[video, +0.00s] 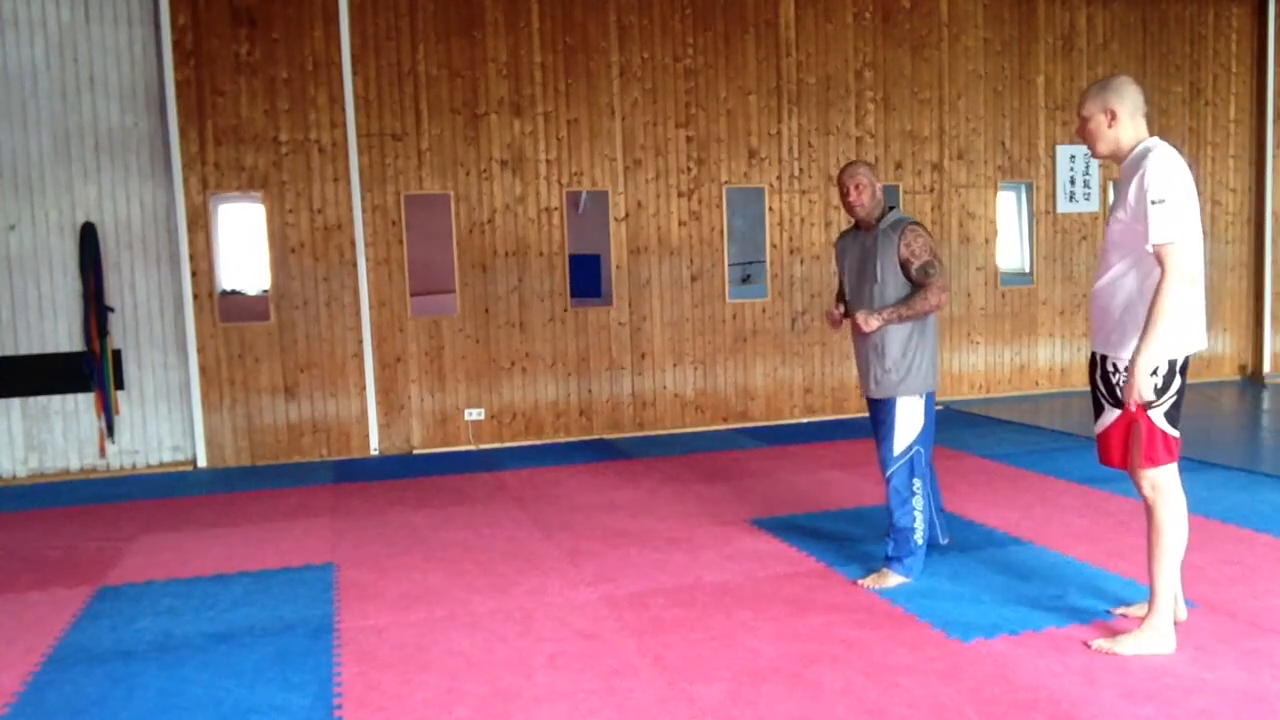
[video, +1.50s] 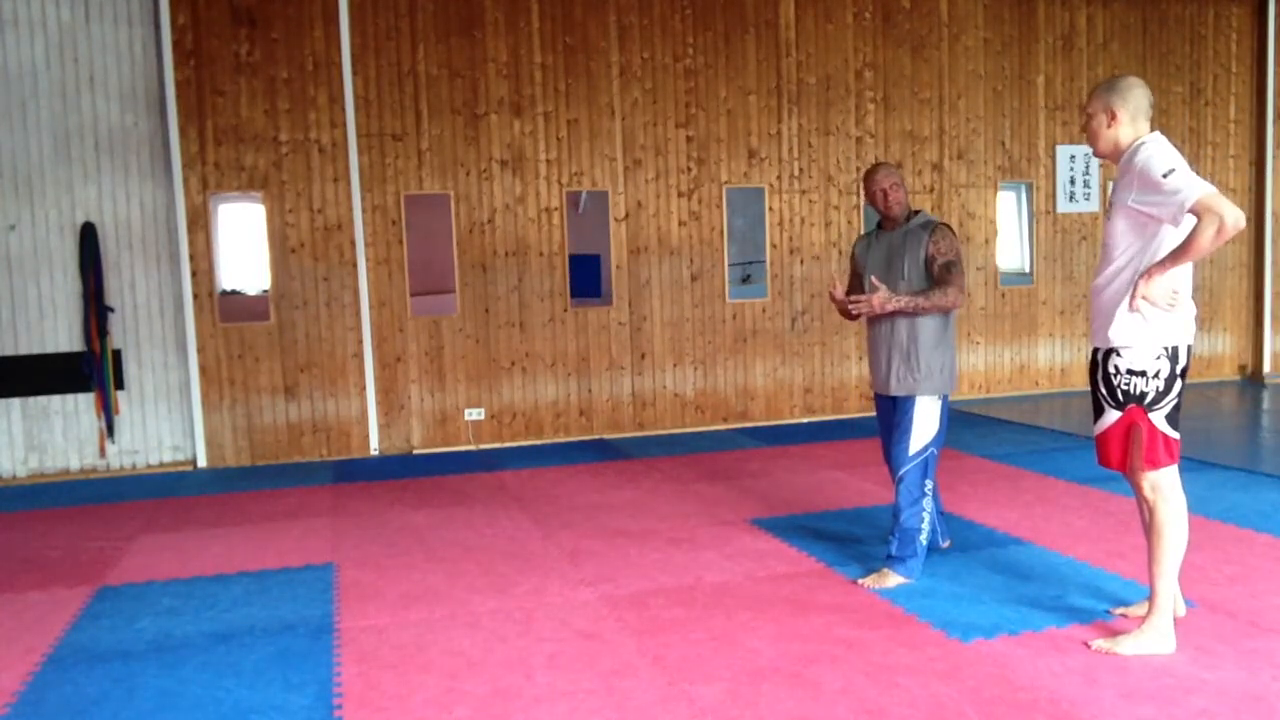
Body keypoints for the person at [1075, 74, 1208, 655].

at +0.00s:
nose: (1081, 134)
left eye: (1085, 122)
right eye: (1081, 123)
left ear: (1113, 117)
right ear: (1118, 116)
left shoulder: (1155, 168)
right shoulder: (1141, 169)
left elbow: (1175, 270)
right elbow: (1157, 267)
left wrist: (1143, 362)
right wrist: (1120, 351)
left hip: (1147, 353)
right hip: (1134, 349)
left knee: (1157, 482)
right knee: (1154, 480)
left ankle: (1160, 625)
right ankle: (1168, 596)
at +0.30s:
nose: (1079, 127)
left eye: (1085, 115)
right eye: (1080, 116)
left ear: (1113, 115)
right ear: (1118, 114)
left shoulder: (1150, 164)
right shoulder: (1136, 167)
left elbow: (1182, 263)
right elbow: (1167, 262)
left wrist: (1143, 349)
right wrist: (1122, 345)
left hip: (1145, 351)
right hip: (1130, 347)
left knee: (1156, 481)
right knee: (1152, 479)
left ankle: (1159, 625)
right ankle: (1167, 595)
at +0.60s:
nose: (1076, 132)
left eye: (1082, 120)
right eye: (1076, 121)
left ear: (1110, 117)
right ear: (1115, 117)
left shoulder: (1146, 157)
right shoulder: (1132, 163)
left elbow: (1230, 207)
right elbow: (1218, 207)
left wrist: (1182, 276)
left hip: (1140, 338)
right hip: (1136, 337)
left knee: (1152, 478)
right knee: (1151, 474)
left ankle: (1160, 625)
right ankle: (1167, 593)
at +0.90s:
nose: (1079, 134)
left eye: (1083, 122)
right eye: (1079, 123)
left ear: (1109, 118)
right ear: (1120, 117)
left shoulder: (1147, 158)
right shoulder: (1139, 161)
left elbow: (1233, 214)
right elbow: (1234, 216)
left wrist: (1169, 267)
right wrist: (1157, 267)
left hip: (1140, 338)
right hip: (1144, 337)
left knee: (1152, 478)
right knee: (1151, 473)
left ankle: (1160, 625)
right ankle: (1167, 592)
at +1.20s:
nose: (1084, 133)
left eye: (1088, 121)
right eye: (1084, 121)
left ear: (1112, 117)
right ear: (1124, 116)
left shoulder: (1148, 157)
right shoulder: (1142, 160)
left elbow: (1230, 216)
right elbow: (1231, 219)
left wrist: (1166, 268)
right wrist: (1158, 267)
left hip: (1139, 338)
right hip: (1147, 337)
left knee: (1151, 477)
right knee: (1152, 472)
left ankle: (1160, 625)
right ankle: (1167, 592)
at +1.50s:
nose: (1085, 131)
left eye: (1090, 119)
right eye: (1086, 120)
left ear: (1114, 117)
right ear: (1127, 116)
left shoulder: (1146, 157)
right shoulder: (1149, 157)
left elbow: (1223, 215)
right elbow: (1228, 219)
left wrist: (1161, 269)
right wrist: (1161, 268)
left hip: (1139, 339)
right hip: (1148, 338)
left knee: (1152, 477)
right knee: (1153, 473)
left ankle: (1160, 625)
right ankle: (1167, 593)